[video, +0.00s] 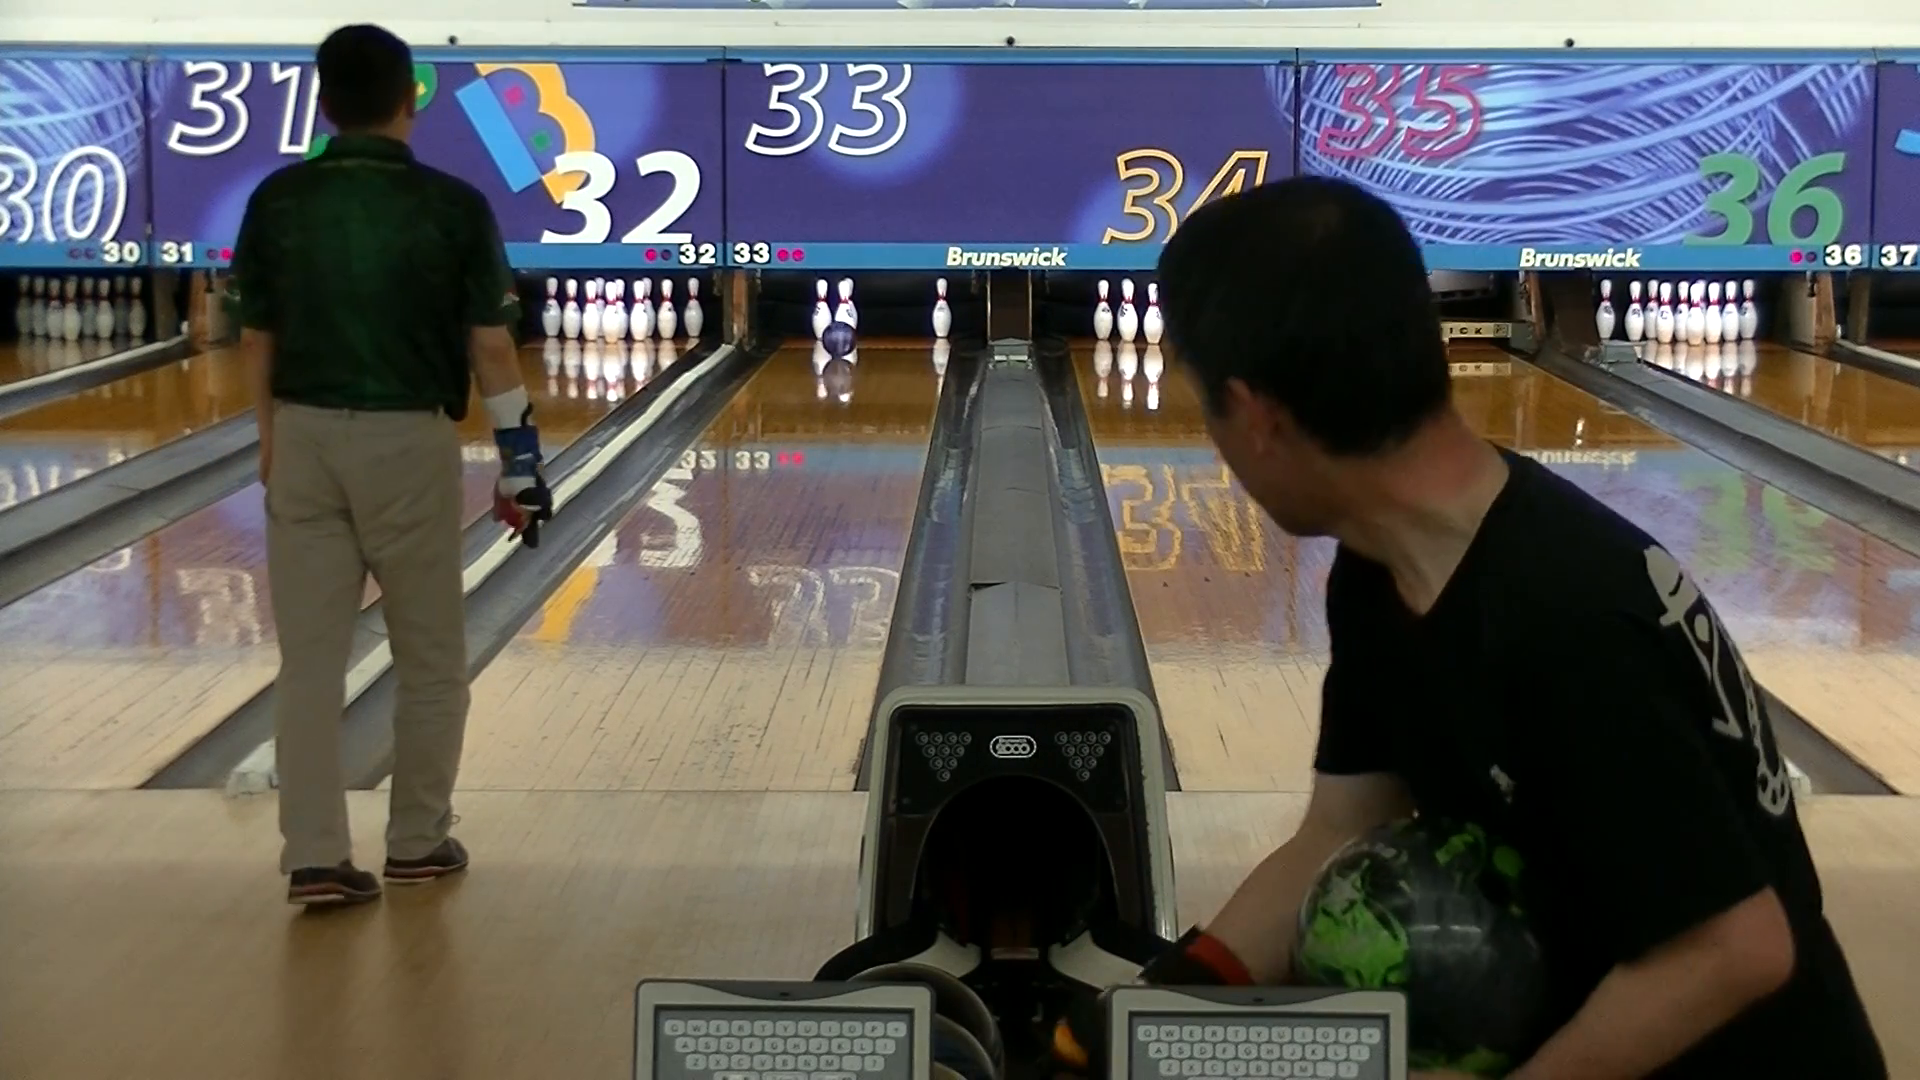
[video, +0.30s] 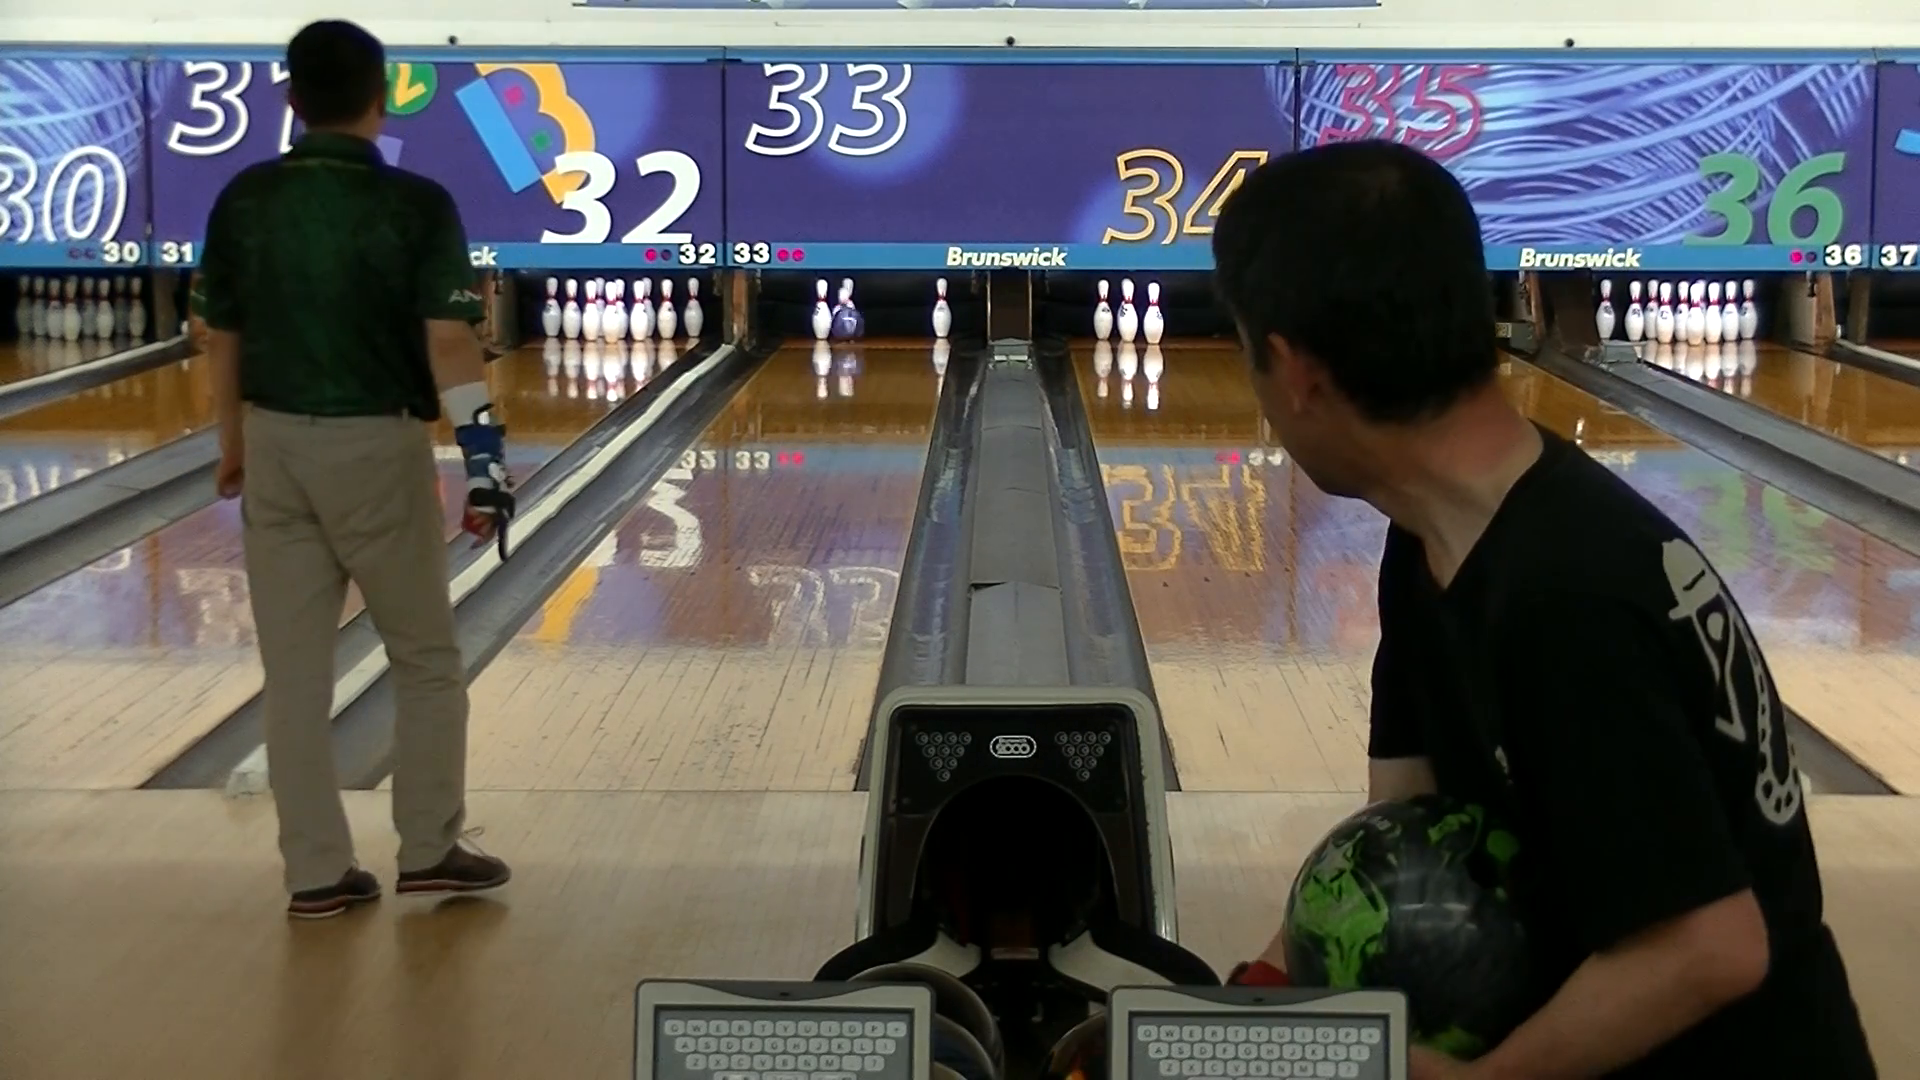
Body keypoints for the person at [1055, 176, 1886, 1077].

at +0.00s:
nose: (1216, 443)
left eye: (1202, 408)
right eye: (1201, 408)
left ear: (1254, 411)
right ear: (1404, 341)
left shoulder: (1573, 600)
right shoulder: (1378, 568)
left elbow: (1738, 944)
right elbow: (1340, 841)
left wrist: (1512, 1071)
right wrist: (1172, 998)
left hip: (1767, 1066)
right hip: (1596, 1033)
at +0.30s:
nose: (1263, 401)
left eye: (1251, 360)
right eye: (1249, 360)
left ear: (1293, 369)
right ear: (1450, 307)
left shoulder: (1571, 587)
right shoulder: (1430, 534)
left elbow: (1713, 946)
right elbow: (1408, 831)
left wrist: (1479, 1073)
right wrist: (1291, 970)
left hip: (1751, 1062)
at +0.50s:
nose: (1266, 405)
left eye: (1254, 366)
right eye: (1252, 366)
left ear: (1298, 373)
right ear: (1455, 311)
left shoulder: (1585, 584)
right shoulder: (1426, 543)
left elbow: (1736, 941)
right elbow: (1403, 840)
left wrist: (1499, 1075)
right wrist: (1286, 996)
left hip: (1758, 1064)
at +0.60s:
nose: (1265, 407)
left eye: (1253, 369)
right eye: (1252, 368)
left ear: (1299, 379)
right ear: (1458, 317)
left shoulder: (1595, 582)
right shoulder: (1421, 547)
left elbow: (1751, 936)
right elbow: (1359, 852)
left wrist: (1514, 1074)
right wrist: (1230, 1039)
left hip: (1765, 1064)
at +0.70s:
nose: (1265, 403)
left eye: (1254, 365)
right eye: (1252, 364)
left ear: (1306, 378)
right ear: (1463, 319)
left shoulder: (1601, 582)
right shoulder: (1418, 554)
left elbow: (1758, 931)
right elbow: (1326, 845)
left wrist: (1531, 1073)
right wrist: (1188, 1044)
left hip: (1774, 1064)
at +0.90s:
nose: (1309, 373)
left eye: (1303, 344)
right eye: (1302, 342)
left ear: (1353, 358)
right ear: (1511, 306)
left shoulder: (1607, 585)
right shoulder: (1493, 536)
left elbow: (1753, 938)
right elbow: (1442, 820)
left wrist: (1526, 1071)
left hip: (1786, 1062)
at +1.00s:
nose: (1353, 349)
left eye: (1352, 317)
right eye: (1350, 315)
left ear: (1394, 342)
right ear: (1562, 296)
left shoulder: (1604, 586)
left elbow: (1736, 945)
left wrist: (1519, 1067)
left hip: (1765, 1059)